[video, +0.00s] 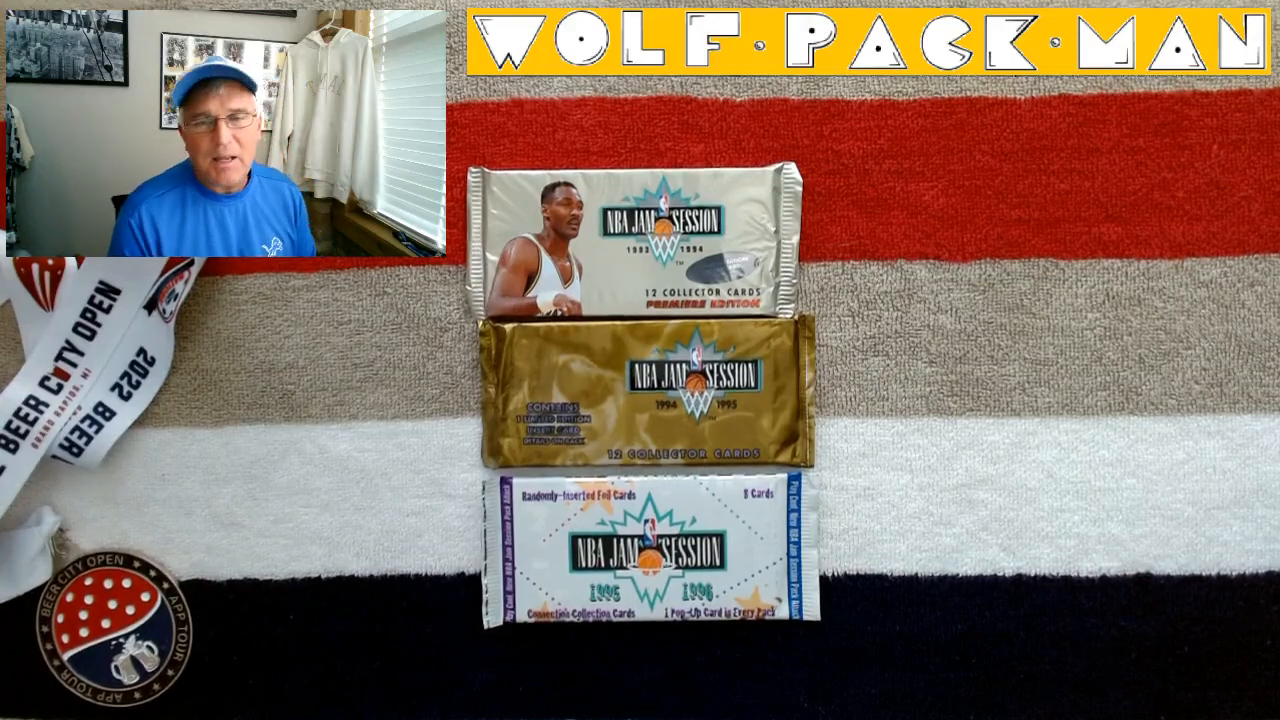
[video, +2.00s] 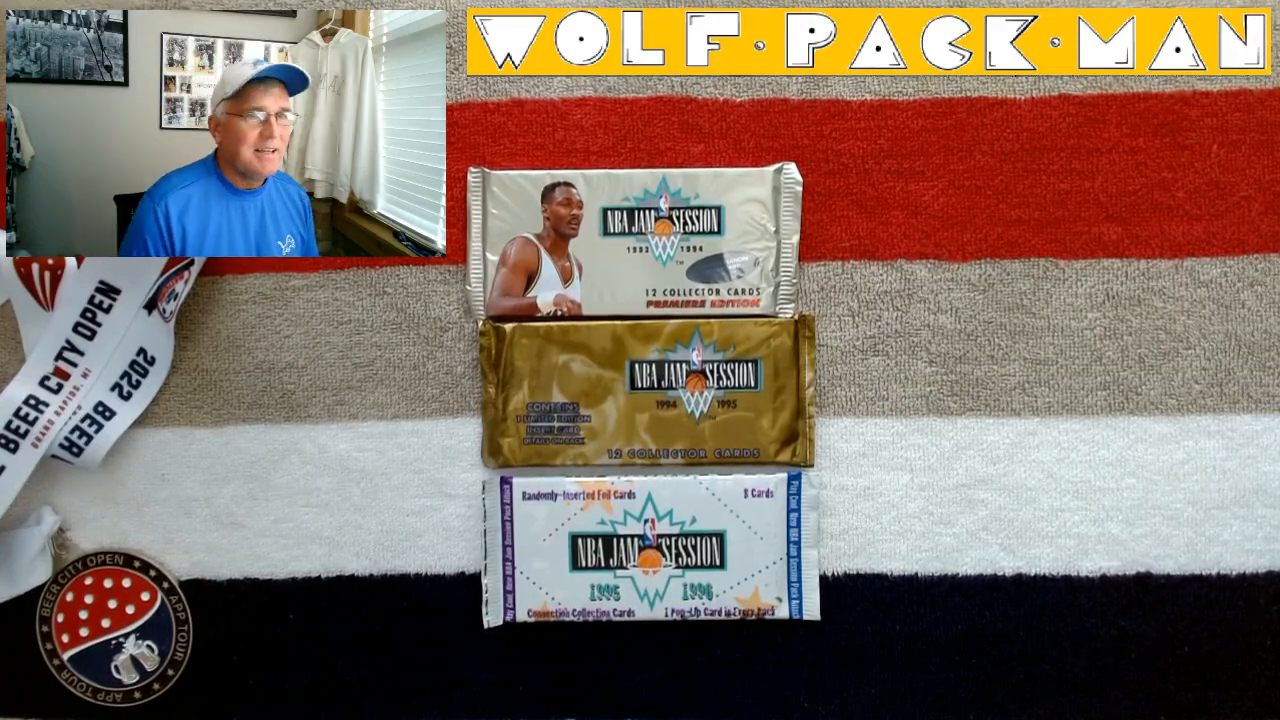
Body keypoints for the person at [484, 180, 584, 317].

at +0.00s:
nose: (576, 213)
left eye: (580, 207)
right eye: (566, 205)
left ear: (583, 211)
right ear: (546, 211)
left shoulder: (575, 266)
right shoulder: (521, 250)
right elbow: (495, 307)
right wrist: (550, 301)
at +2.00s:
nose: (576, 213)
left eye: (580, 207)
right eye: (566, 205)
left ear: (583, 211)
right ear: (545, 211)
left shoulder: (575, 265)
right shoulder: (521, 249)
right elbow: (495, 307)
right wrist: (550, 301)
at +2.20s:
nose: (576, 213)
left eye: (580, 207)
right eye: (566, 205)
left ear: (583, 211)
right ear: (545, 211)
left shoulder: (575, 265)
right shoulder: (521, 249)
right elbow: (495, 307)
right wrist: (550, 301)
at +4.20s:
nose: (576, 213)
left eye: (580, 207)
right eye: (566, 205)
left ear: (583, 211)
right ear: (545, 211)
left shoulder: (576, 266)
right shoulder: (521, 250)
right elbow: (495, 307)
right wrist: (551, 300)